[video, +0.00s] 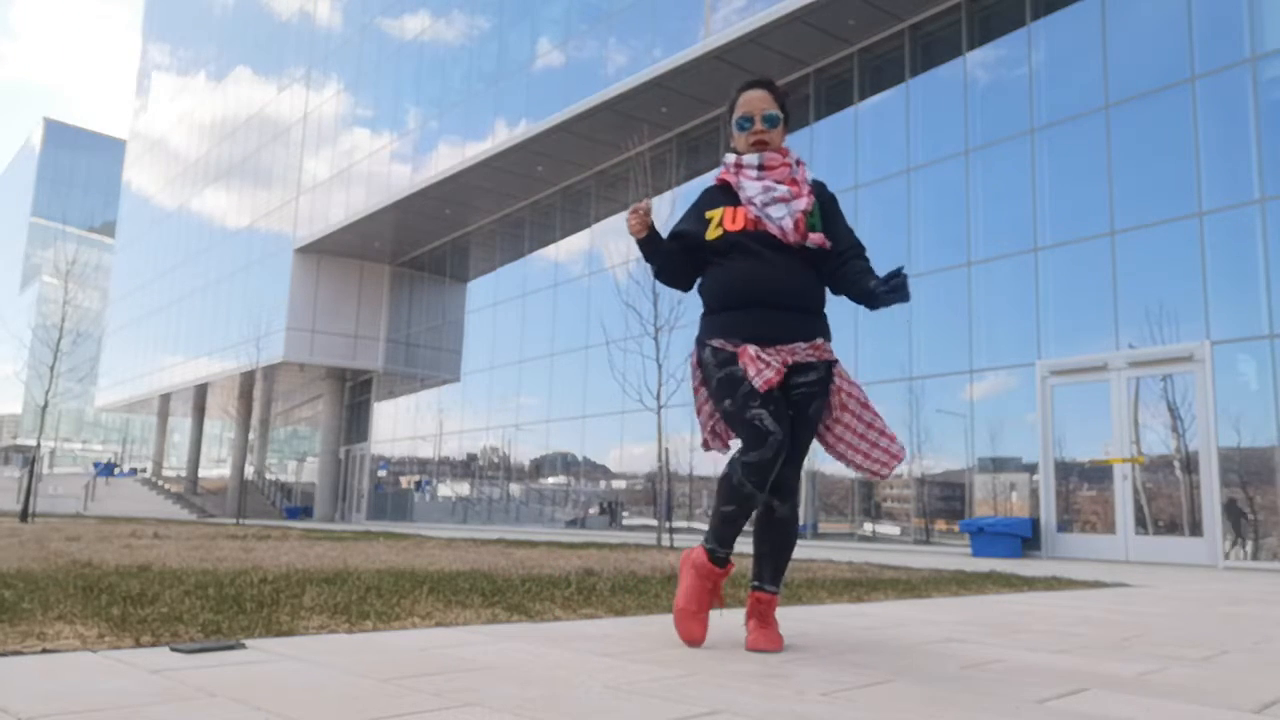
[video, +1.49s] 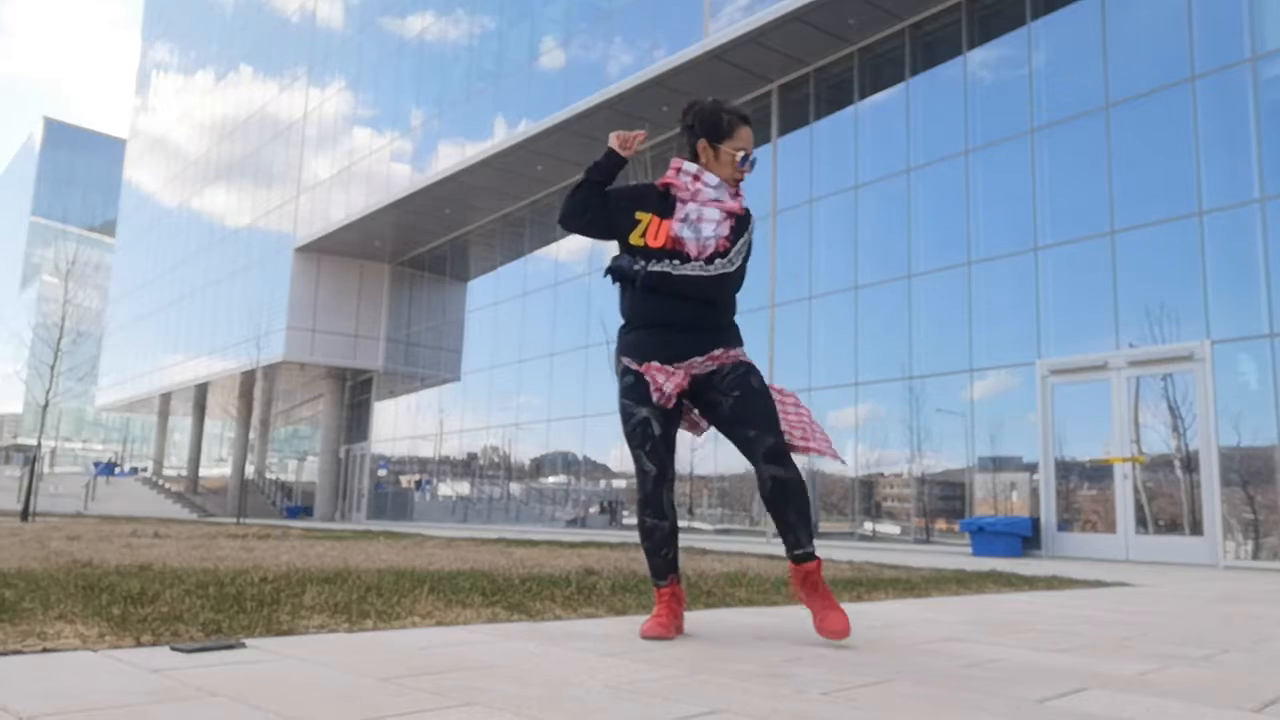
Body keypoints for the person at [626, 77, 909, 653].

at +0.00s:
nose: (759, 130)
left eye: (770, 120)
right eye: (746, 122)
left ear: (786, 129)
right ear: (731, 133)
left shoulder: (813, 195)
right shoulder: (715, 198)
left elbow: (844, 262)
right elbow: (680, 273)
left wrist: (871, 289)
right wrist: (649, 237)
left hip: (802, 348)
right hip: (730, 346)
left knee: (785, 480)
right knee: (764, 443)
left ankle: (764, 607)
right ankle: (708, 565)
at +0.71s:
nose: (744, 122)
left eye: (756, 113)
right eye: (731, 112)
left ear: (770, 123)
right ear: (712, 121)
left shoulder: (790, 193)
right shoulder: (684, 193)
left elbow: (824, 263)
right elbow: (651, 260)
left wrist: (860, 306)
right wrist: (630, 215)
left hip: (770, 353)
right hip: (696, 356)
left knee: (767, 479)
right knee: (685, 477)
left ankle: (764, 608)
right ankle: (669, 597)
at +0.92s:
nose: (737, 137)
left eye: (746, 129)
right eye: (726, 126)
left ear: (753, 136)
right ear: (697, 131)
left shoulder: (766, 203)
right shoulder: (666, 200)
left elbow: (803, 270)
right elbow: (616, 254)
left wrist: (798, 279)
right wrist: (607, 197)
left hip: (739, 356)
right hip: (668, 358)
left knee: (746, 477)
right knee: (670, 479)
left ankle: (758, 605)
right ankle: (667, 598)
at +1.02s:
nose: (737, 146)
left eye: (744, 138)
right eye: (726, 136)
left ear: (748, 144)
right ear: (695, 140)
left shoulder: (757, 208)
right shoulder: (659, 207)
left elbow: (792, 276)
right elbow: (602, 249)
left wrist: (749, 280)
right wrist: (601, 185)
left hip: (729, 359)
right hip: (661, 360)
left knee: (713, 459)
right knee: (664, 474)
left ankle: (732, 589)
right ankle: (667, 596)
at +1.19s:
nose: (739, 154)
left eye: (742, 145)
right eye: (728, 144)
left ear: (742, 147)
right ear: (693, 146)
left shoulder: (748, 209)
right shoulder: (657, 209)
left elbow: (749, 271)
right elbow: (593, 235)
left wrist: (659, 269)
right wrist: (608, 169)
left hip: (715, 362)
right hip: (649, 360)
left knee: (679, 460)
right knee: (654, 474)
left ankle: (698, 584)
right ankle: (665, 597)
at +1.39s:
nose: (742, 166)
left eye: (746, 156)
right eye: (734, 154)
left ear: (734, 156)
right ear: (699, 149)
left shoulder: (739, 215)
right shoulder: (647, 204)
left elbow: (727, 276)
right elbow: (580, 221)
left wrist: (636, 268)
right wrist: (614, 164)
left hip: (716, 354)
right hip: (647, 355)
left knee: (745, 458)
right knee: (653, 473)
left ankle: (748, 574)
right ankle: (667, 596)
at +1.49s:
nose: (745, 168)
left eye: (748, 158)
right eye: (737, 156)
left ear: (735, 154)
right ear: (701, 150)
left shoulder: (736, 218)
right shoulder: (647, 200)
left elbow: (724, 274)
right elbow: (574, 216)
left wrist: (632, 265)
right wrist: (611, 161)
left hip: (717, 353)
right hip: (647, 356)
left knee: (772, 454)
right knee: (654, 476)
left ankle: (809, 576)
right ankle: (667, 598)